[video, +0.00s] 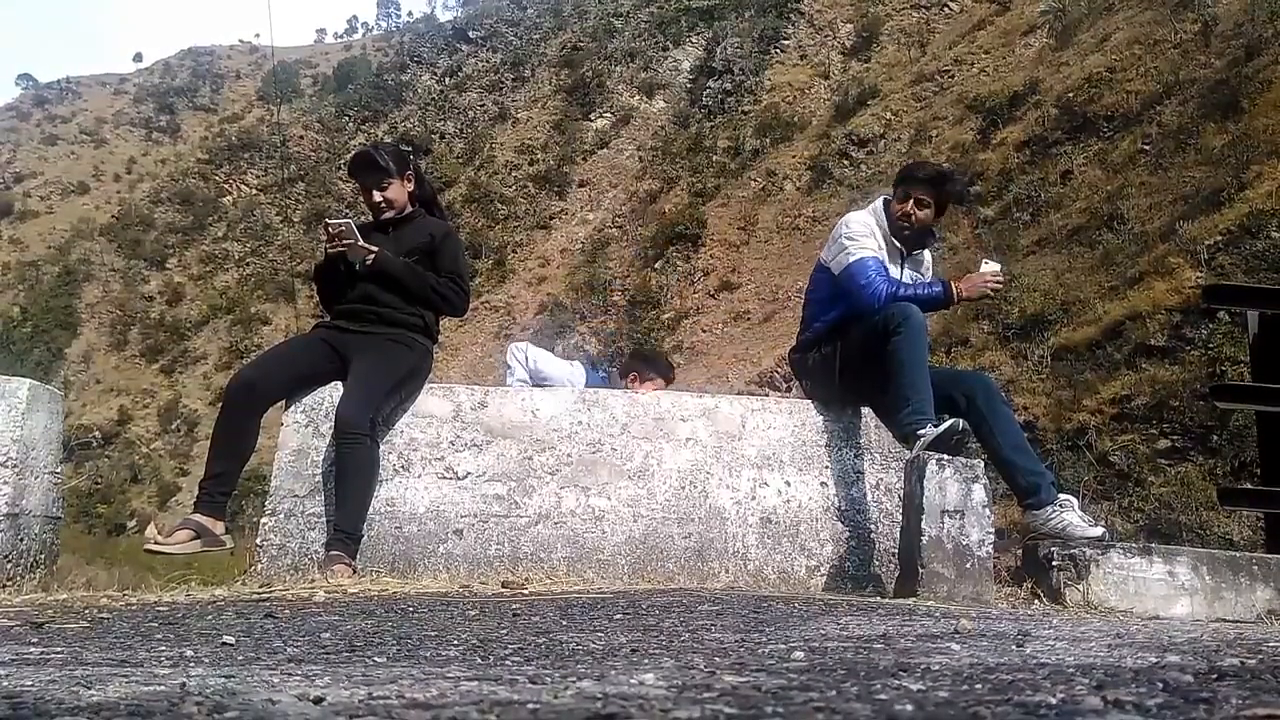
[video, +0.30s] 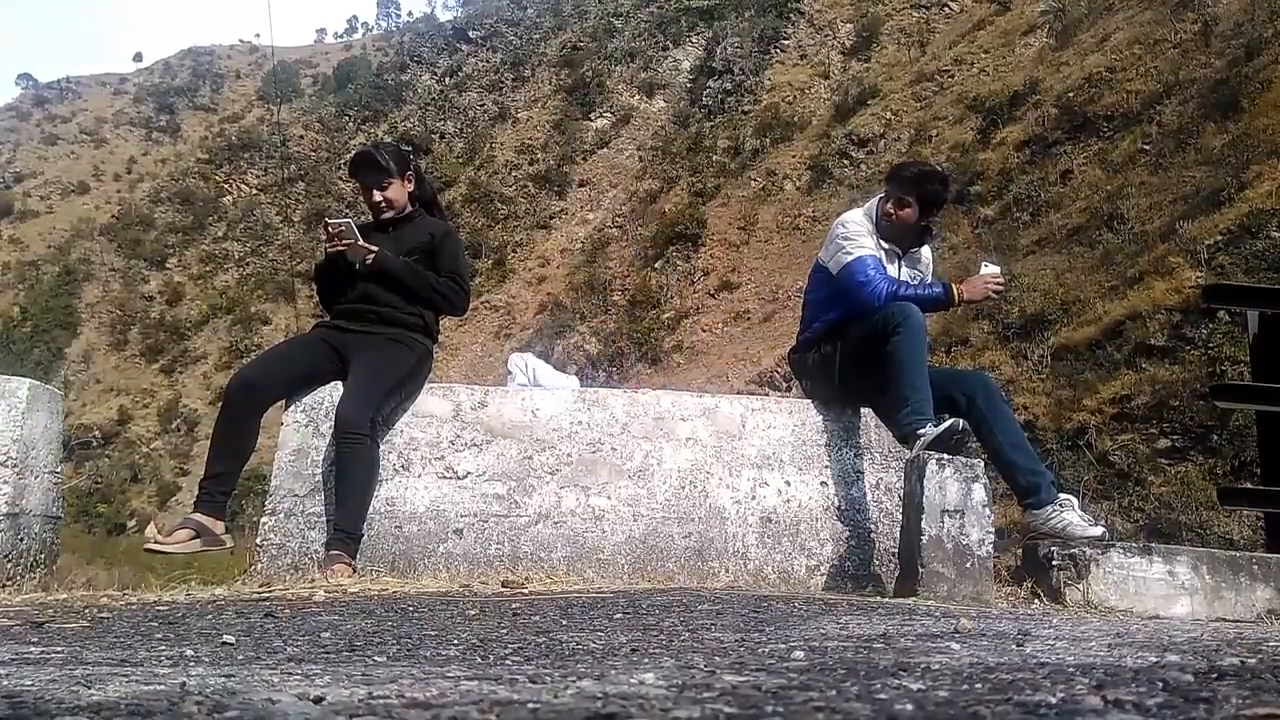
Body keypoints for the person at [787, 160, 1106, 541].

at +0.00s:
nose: (907, 209)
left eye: (921, 205)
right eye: (901, 198)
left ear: (936, 217)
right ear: (891, 197)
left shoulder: (921, 254)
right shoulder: (855, 229)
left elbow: (914, 308)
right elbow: (875, 292)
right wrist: (951, 290)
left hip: (880, 373)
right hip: (825, 368)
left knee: (977, 388)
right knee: (904, 317)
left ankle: (1043, 505)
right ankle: (918, 429)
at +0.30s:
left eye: (912, 212)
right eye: (919, 220)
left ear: (922, 218)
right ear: (891, 203)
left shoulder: (919, 252)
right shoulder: (851, 228)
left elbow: (914, 308)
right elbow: (875, 290)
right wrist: (956, 292)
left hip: (880, 373)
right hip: (825, 367)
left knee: (976, 387)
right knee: (903, 316)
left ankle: (1043, 504)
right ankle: (917, 429)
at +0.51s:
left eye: (917, 215)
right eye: (915, 216)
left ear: (912, 213)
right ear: (887, 204)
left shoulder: (918, 245)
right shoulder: (846, 228)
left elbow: (917, 309)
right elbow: (873, 290)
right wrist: (955, 290)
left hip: (882, 372)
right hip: (825, 366)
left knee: (976, 386)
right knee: (901, 314)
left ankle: (1043, 503)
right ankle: (917, 428)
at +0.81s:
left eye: (893, 204)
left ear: (905, 210)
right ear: (880, 199)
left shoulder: (913, 244)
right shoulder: (840, 231)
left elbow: (938, 303)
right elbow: (873, 290)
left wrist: (931, 327)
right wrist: (953, 291)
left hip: (883, 371)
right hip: (826, 367)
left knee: (977, 386)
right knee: (900, 316)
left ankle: (1043, 505)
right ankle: (917, 429)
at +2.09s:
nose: (932, 202)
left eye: (934, 193)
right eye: (922, 192)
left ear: (931, 197)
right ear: (889, 193)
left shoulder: (904, 245)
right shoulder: (850, 225)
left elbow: (898, 305)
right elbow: (865, 290)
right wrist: (948, 280)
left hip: (878, 370)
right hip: (826, 366)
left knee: (976, 385)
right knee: (898, 315)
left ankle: (1042, 503)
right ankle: (916, 429)